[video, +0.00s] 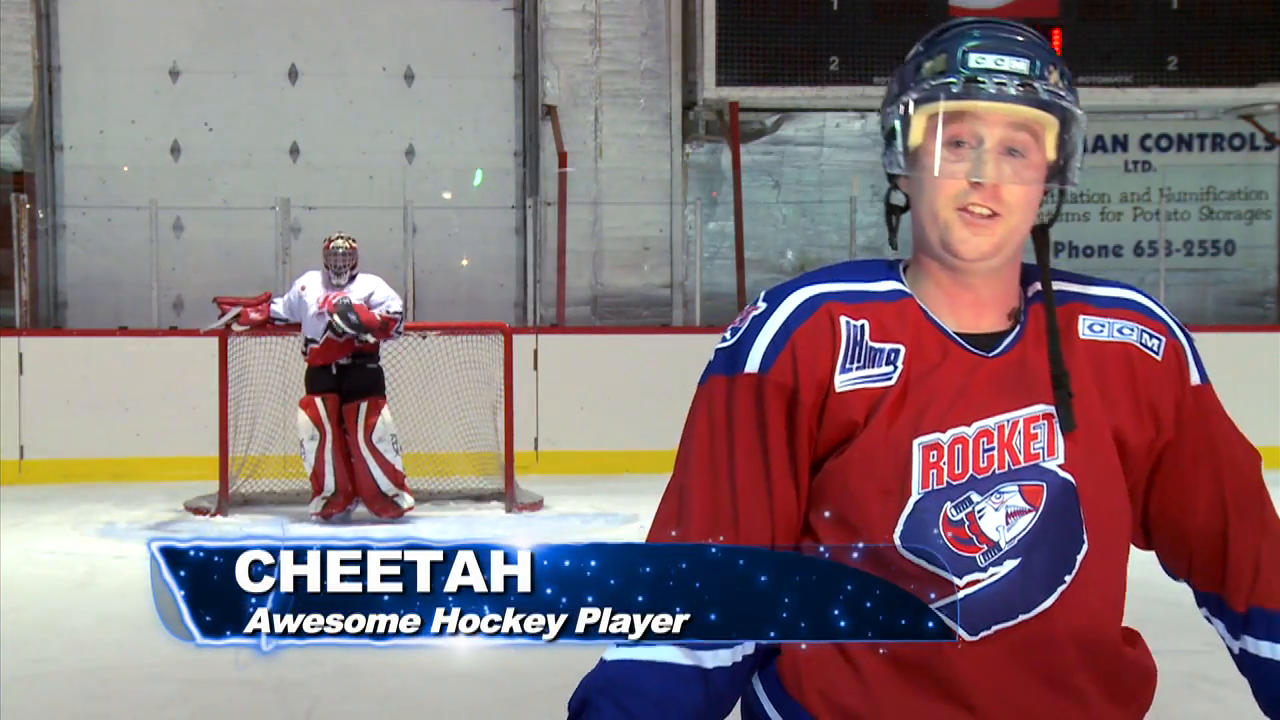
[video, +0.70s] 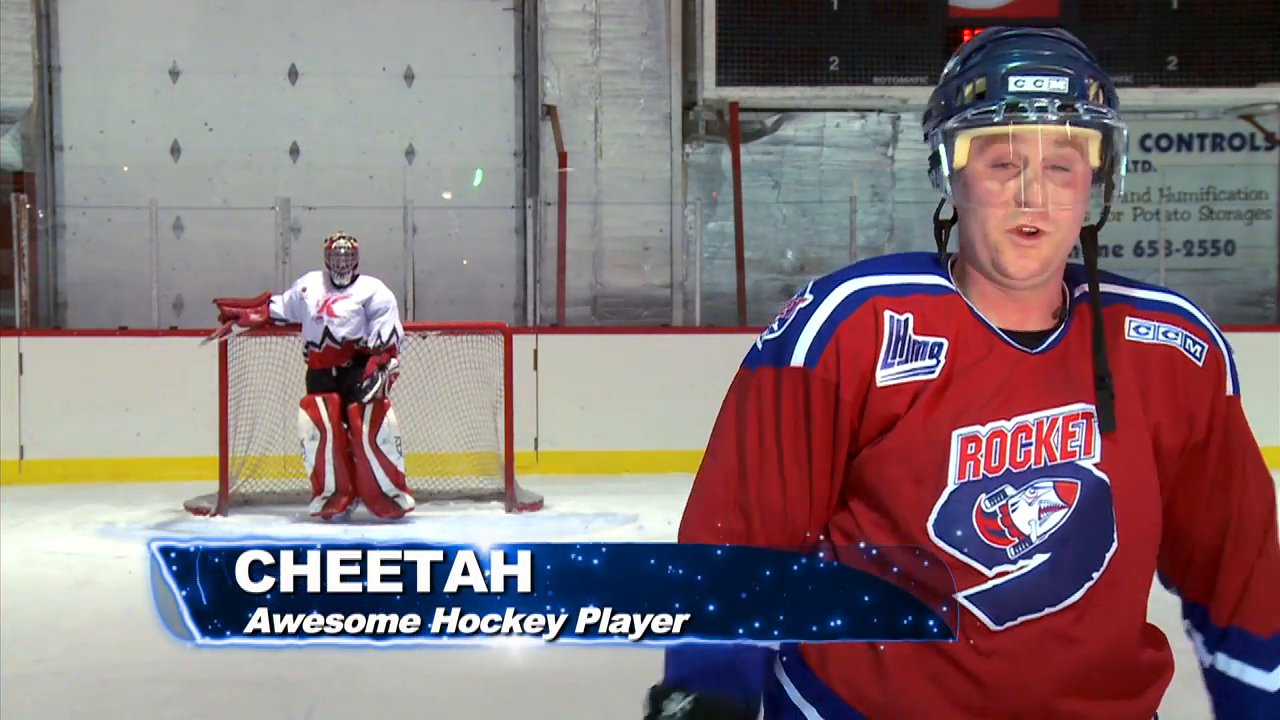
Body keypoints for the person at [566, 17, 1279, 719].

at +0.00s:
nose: (987, 174)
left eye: (1018, 148)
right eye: (957, 140)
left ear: (1050, 178)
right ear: (905, 156)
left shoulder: (1135, 342)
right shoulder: (798, 337)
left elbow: (1258, 583)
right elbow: (696, 602)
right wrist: (633, 715)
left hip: (1082, 704)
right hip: (848, 708)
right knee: (617, 689)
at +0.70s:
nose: (1032, 192)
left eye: (1063, 162)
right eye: (1001, 158)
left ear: (1097, 182)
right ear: (950, 171)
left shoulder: (1172, 345)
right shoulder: (843, 330)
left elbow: (1249, 592)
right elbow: (731, 562)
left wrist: (1254, 705)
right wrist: (708, 702)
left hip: (1102, 703)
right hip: (864, 705)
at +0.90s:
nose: (994, 201)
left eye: (1020, 168)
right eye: (961, 170)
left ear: (1056, 184)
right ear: (912, 185)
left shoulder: (1154, 340)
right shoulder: (823, 329)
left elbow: (1223, 610)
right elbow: (729, 517)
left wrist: (1233, 714)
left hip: (1093, 707)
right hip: (855, 707)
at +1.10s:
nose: (950, 190)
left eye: (977, 158)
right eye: (918, 160)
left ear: (1020, 178)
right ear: (870, 176)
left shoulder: (1124, 328)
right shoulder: (792, 314)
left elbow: (1209, 589)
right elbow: (743, 502)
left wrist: (1233, 710)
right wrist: (821, 380)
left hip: (1083, 705)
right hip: (843, 704)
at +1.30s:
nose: (925, 183)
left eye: (951, 150)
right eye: (894, 154)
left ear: (996, 172)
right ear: (845, 174)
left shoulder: (1101, 326)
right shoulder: (764, 312)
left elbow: (1180, 586)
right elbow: (713, 507)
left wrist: (1214, 712)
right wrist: (792, 390)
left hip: (1062, 707)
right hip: (824, 707)